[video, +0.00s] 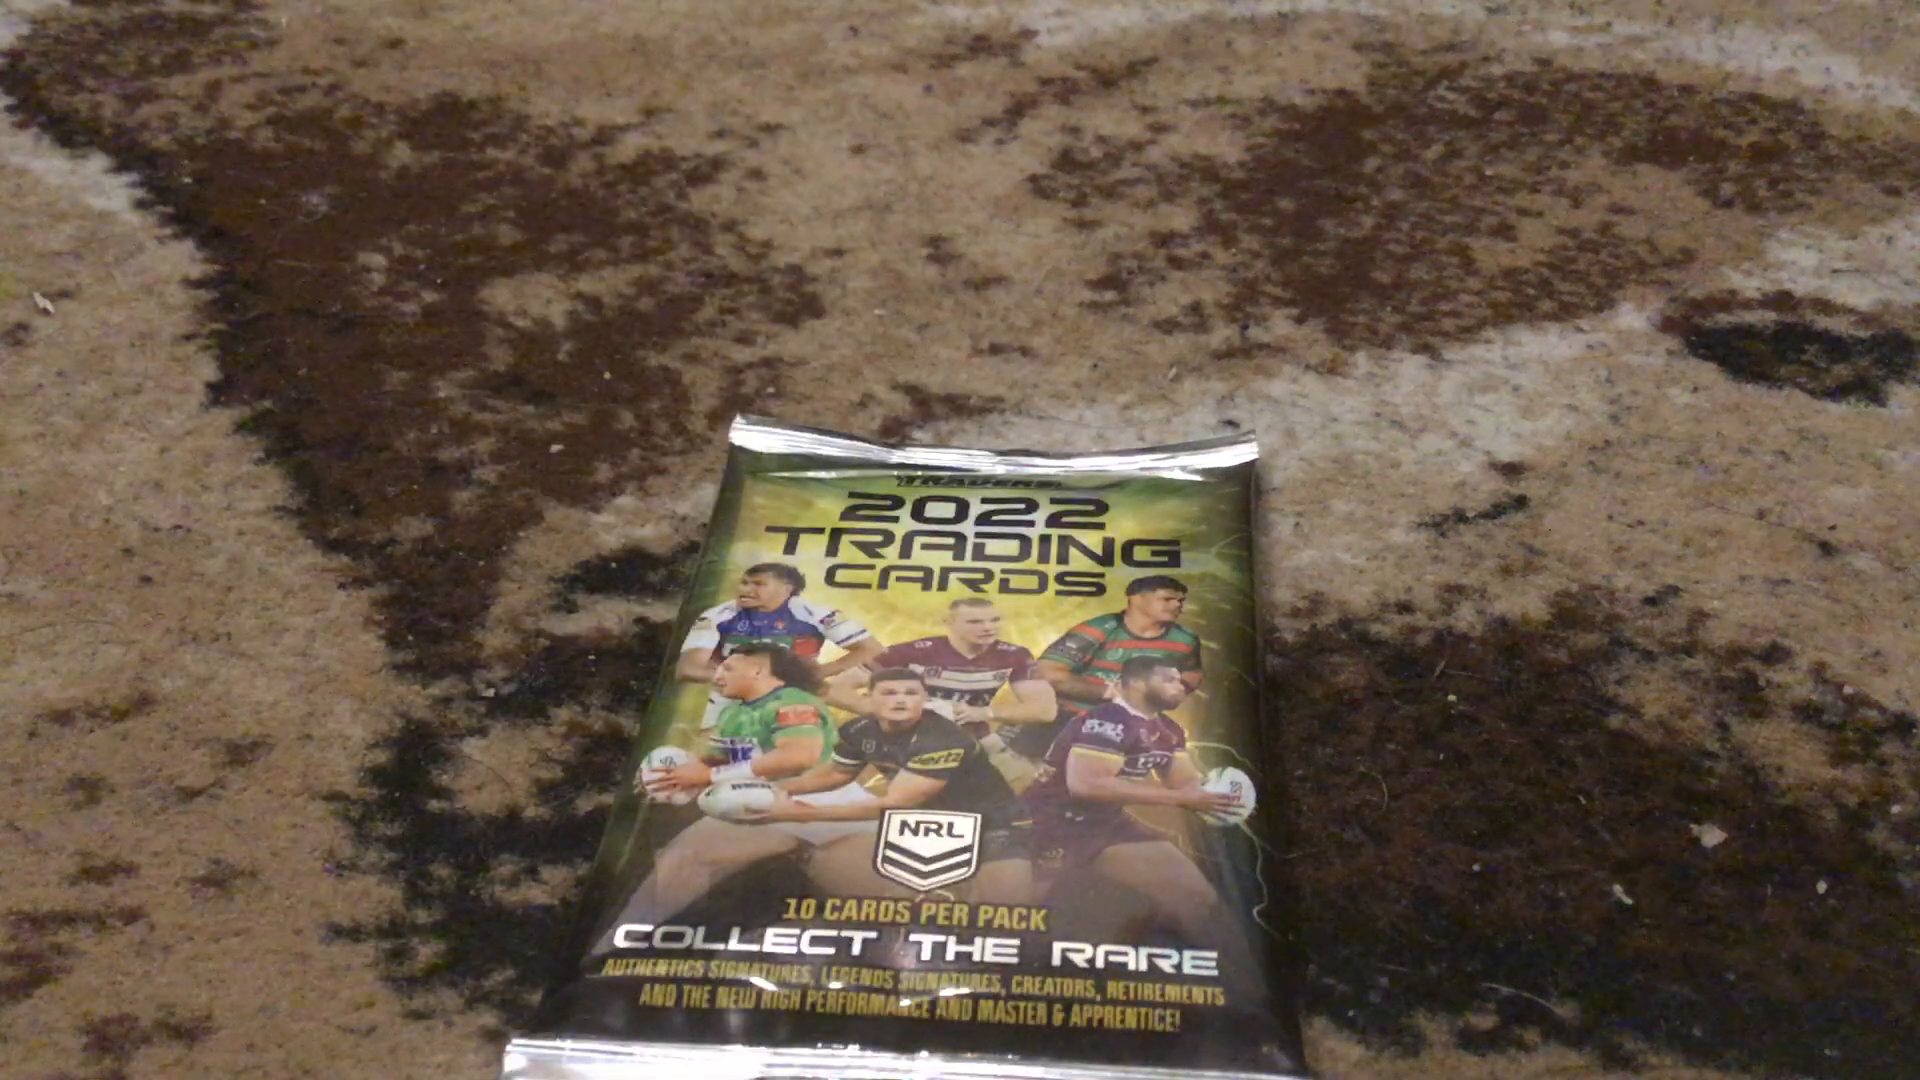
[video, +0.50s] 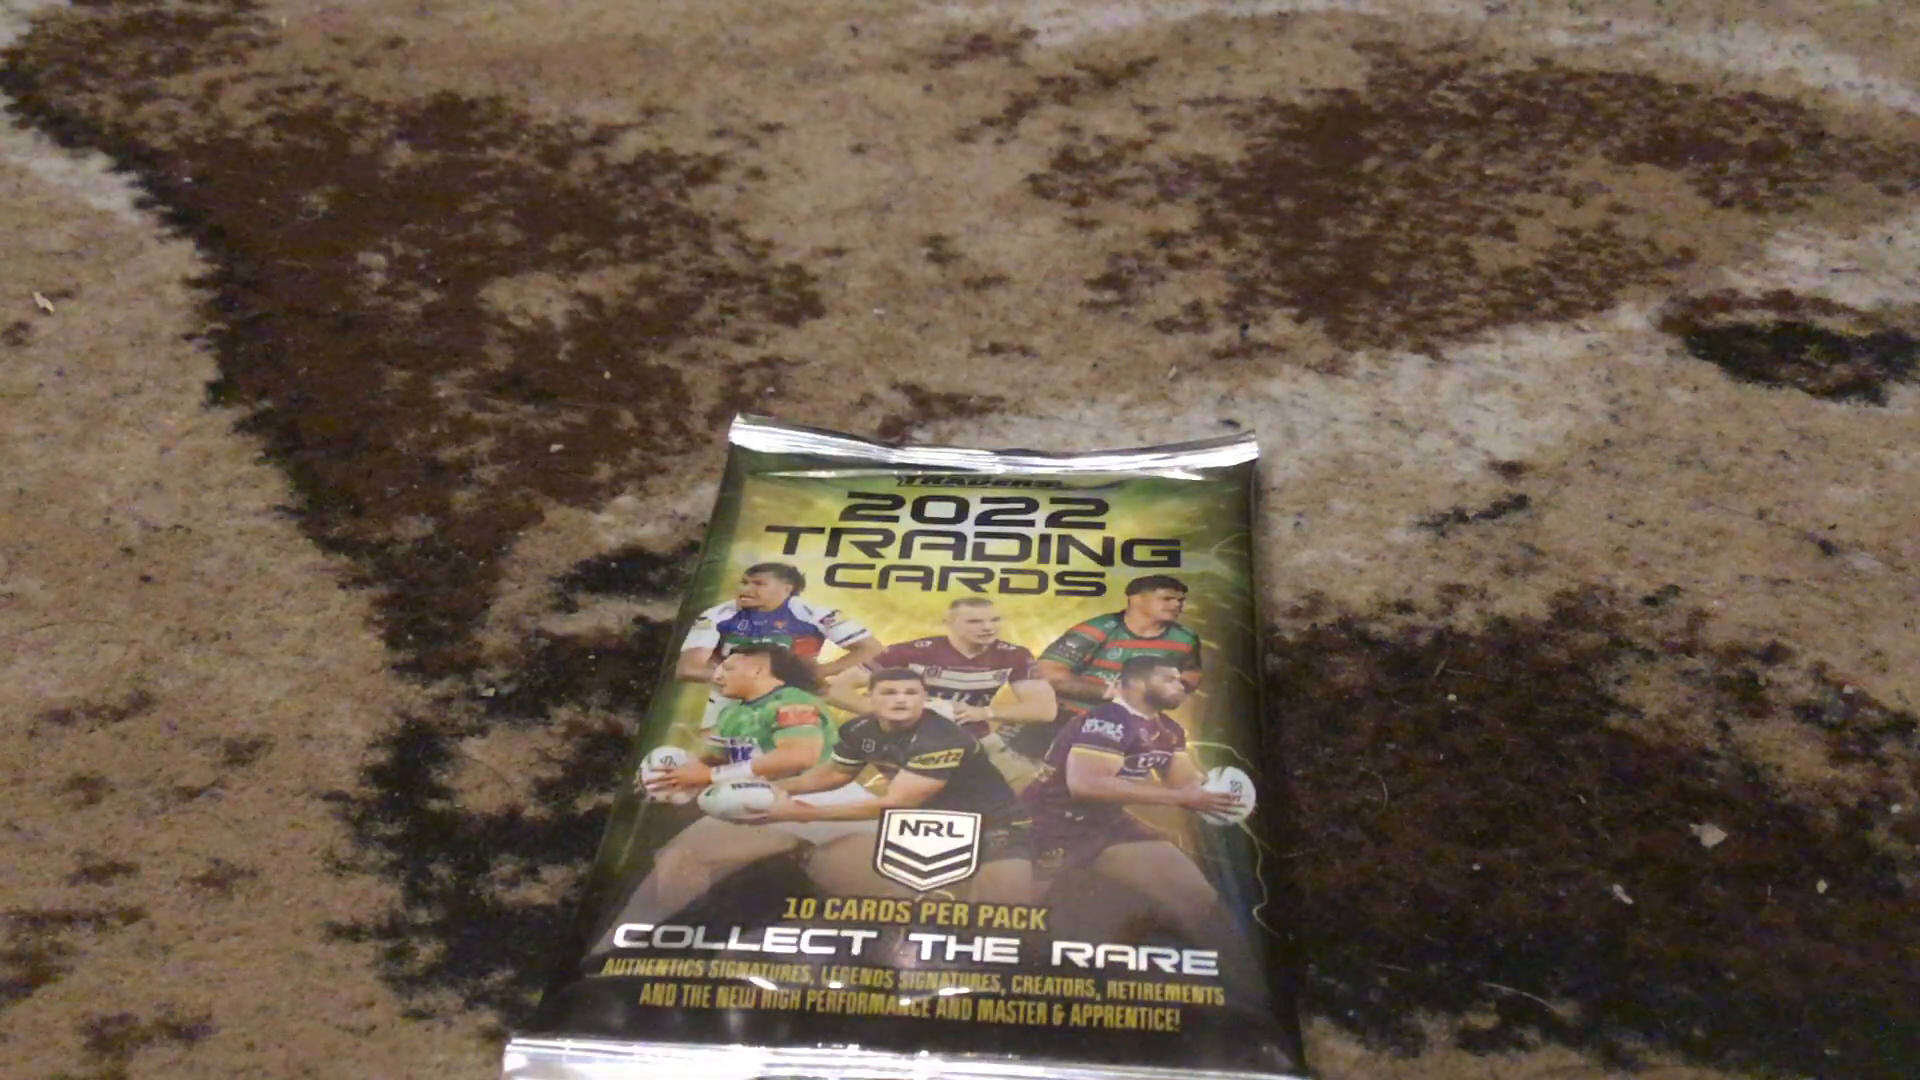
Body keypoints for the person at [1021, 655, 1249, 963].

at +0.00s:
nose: (1178, 683)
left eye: (1178, 678)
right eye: (1167, 677)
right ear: (1134, 681)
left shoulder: (1167, 732)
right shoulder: (1106, 720)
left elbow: (1187, 783)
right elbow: (1084, 783)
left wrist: (1221, 797)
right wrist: (1180, 797)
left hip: (1104, 825)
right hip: (1048, 827)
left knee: (1197, 898)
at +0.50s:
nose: (1180, 684)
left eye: (1178, 679)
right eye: (1169, 678)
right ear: (1135, 682)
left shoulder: (1168, 732)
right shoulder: (1105, 720)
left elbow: (1187, 784)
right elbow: (1084, 782)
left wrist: (1228, 800)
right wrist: (1180, 796)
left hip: (1103, 827)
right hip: (1044, 828)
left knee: (1198, 900)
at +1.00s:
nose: (1180, 683)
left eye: (1178, 678)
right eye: (1169, 678)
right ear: (1134, 682)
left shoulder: (1169, 733)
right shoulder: (1106, 720)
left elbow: (1187, 785)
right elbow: (1084, 782)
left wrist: (1225, 798)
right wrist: (1179, 796)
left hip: (1103, 825)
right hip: (1041, 824)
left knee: (1197, 898)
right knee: (998, 924)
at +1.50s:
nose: (1179, 683)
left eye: (1178, 678)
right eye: (1169, 678)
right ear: (1134, 681)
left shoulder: (1168, 732)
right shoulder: (1105, 720)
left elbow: (1187, 783)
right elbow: (1084, 781)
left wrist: (1224, 798)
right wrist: (1181, 796)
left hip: (1105, 826)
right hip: (1042, 827)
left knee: (1197, 898)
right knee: (1002, 927)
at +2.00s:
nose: (1180, 683)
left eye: (1178, 678)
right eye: (1169, 678)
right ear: (1133, 682)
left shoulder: (1167, 732)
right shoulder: (1106, 720)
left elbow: (1188, 784)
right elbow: (1084, 781)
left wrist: (1225, 798)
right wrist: (1180, 796)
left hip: (1105, 825)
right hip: (1043, 826)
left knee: (1198, 899)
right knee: (997, 929)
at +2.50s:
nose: (1180, 683)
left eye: (1178, 677)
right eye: (1169, 677)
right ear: (1134, 681)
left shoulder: (1170, 731)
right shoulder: (1107, 719)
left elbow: (1188, 784)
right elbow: (1084, 780)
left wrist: (1220, 798)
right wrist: (1182, 796)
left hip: (1109, 822)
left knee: (1195, 896)